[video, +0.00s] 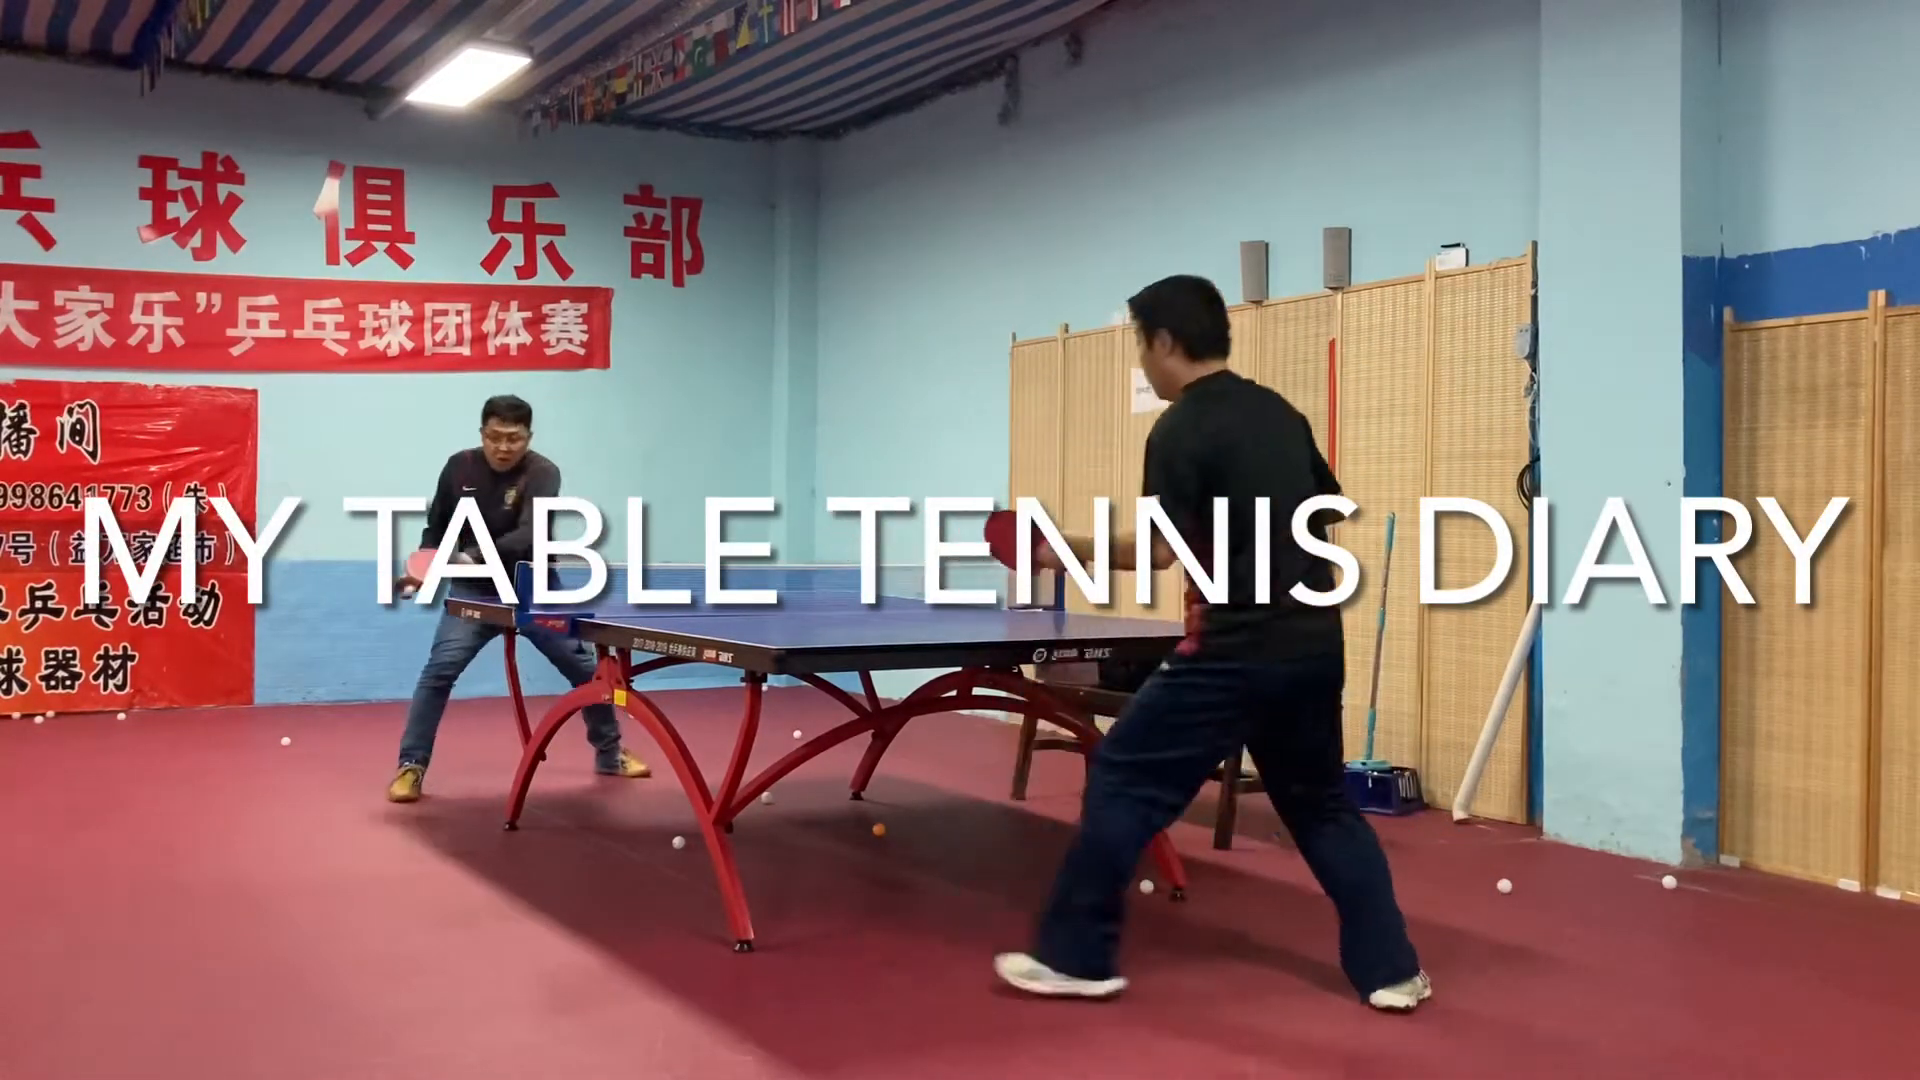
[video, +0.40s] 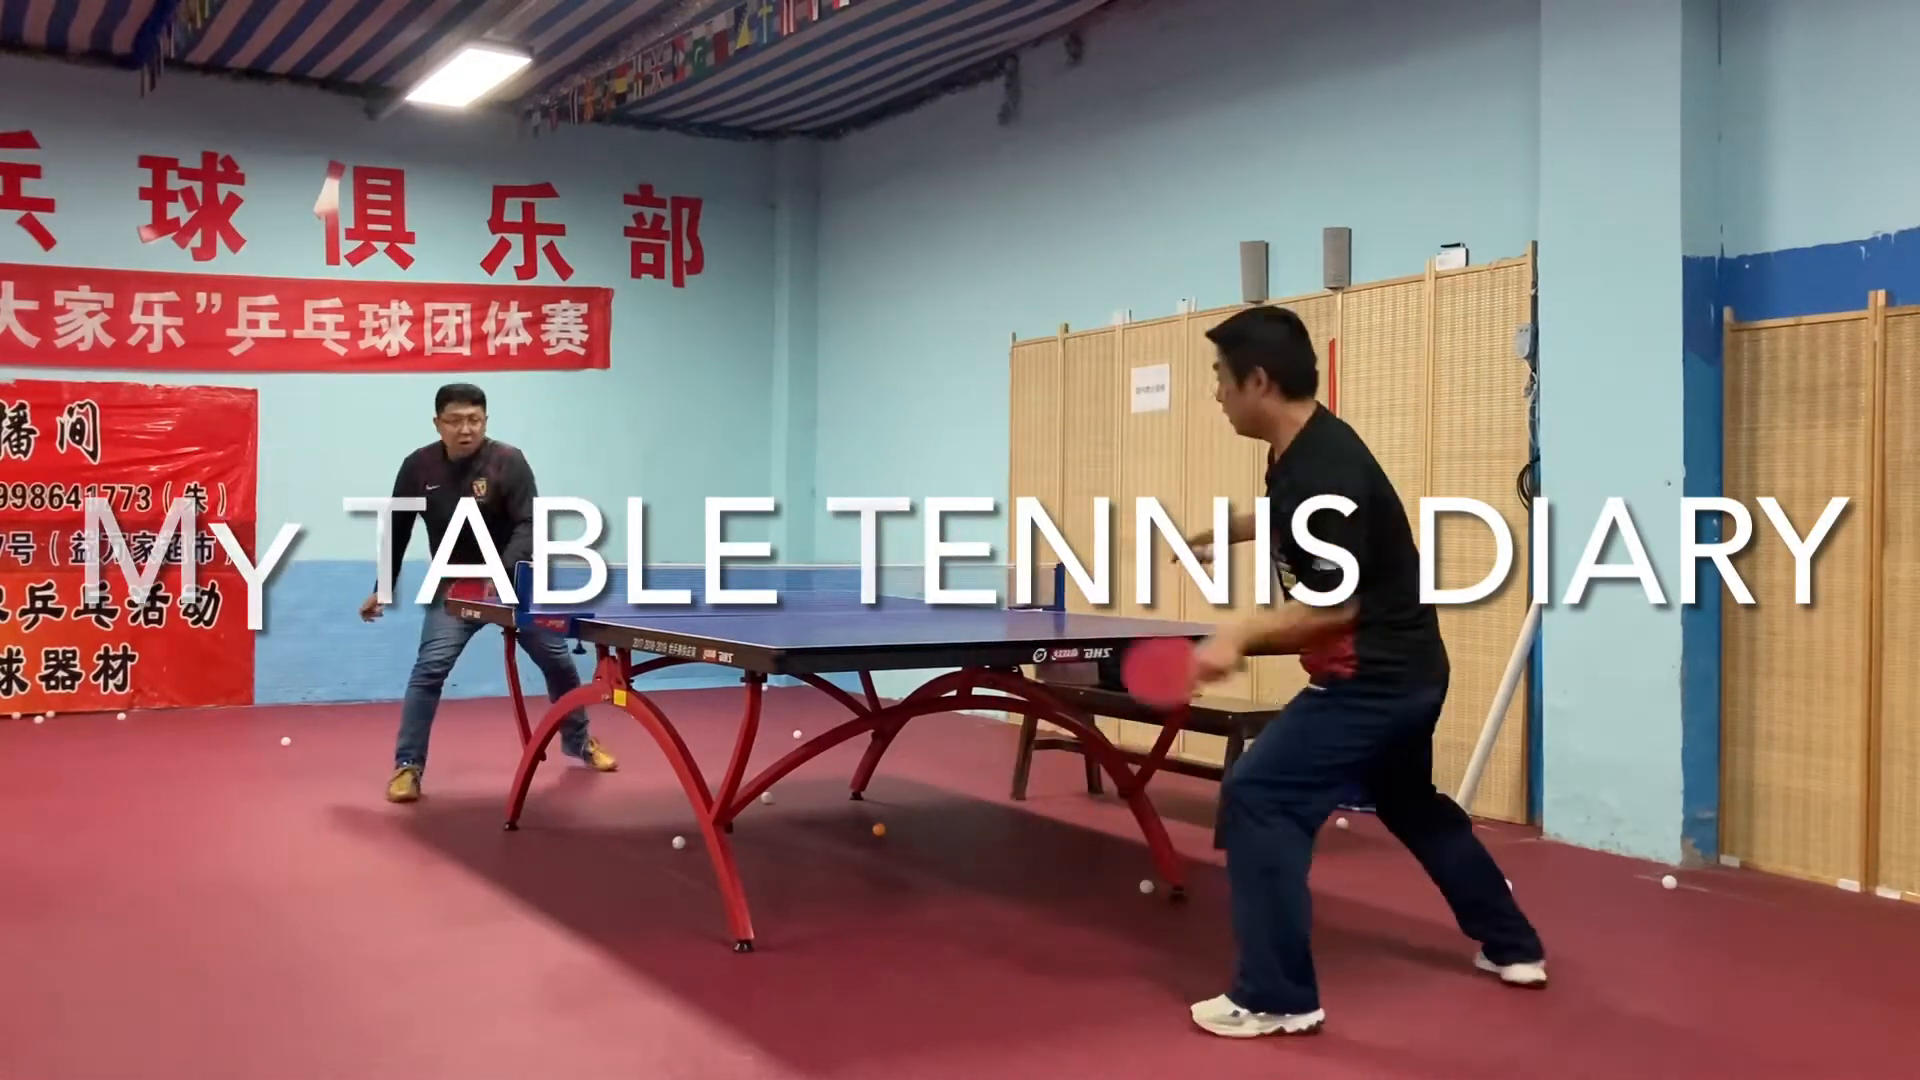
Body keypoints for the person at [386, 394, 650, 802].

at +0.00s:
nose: (504, 448)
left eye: (514, 439)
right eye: (495, 437)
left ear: (528, 438)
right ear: (481, 434)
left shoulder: (543, 473)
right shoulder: (459, 467)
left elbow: (529, 536)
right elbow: (436, 529)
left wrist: (472, 557)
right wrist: (419, 572)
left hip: (533, 590)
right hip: (474, 592)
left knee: (582, 665)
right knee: (441, 668)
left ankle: (610, 753)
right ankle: (412, 766)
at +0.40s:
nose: (465, 429)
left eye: (474, 420)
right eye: (455, 421)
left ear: (485, 422)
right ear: (438, 424)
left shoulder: (508, 461)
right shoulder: (419, 466)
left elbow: (528, 527)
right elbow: (396, 531)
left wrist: (497, 577)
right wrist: (383, 589)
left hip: (513, 582)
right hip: (455, 586)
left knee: (559, 660)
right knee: (430, 667)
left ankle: (579, 741)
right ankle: (408, 767)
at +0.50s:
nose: (483, 432)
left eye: (491, 423)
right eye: (473, 423)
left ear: (502, 426)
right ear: (455, 426)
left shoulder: (523, 469)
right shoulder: (432, 470)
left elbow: (543, 537)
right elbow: (404, 535)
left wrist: (537, 594)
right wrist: (390, 591)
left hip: (517, 590)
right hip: (459, 593)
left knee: (561, 668)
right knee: (436, 668)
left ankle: (577, 745)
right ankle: (408, 767)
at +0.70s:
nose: (520, 420)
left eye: (529, 412)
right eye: (511, 411)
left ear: (539, 417)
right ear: (494, 415)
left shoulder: (551, 463)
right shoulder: (462, 459)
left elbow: (568, 521)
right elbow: (434, 520)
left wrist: (553, 570)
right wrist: (432, 568)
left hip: (530, 580)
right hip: (470, 578)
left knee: (561, 657)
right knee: (439, 660)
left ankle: (575, 747)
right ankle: (406, 757)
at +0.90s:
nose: (533, 422)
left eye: (540, 414)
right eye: (523, 413)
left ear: (548, 422)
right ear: (504, 417)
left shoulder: (550, 470)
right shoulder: (469, 462)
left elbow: (559, 523)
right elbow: (436, 519)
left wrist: (572, 553)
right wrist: (449, 560)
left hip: (526, 591)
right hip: (472, 590)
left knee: (570, 653)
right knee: (434, 667)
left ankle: (580, 746)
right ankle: (388, 755)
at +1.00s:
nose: (543, 426)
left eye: (551, 419)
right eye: (534, 417)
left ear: (558, 427)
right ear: (514, 420)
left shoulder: (554, 473)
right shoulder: (481, 463)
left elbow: (555, 531)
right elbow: (446, 520)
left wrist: (575, 568)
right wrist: (456, 560)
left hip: (529, 591)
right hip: (479, 592)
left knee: (577, 654)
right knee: (440, 670)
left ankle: (582, 747)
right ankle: (390, 756)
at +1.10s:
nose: (551, 424)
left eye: (560, 417)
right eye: (543, 415)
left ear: (569, 423)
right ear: (525, 417)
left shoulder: (563, 467)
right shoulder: (490, 458)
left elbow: (564, 522)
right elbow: (456, 516)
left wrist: (575, 566)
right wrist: (454, 560)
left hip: (531, 583)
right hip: (480, 583)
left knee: (574, 650)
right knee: (444, 661)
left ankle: (581, 746)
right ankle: (391, 753)